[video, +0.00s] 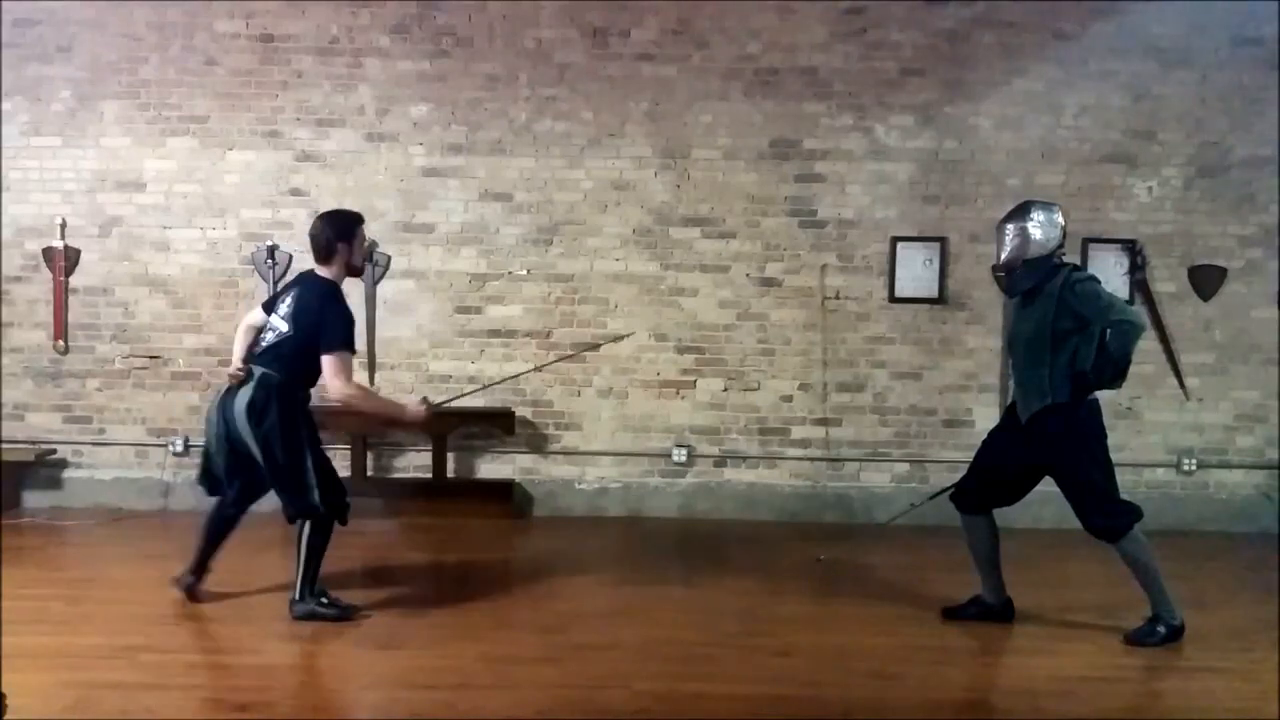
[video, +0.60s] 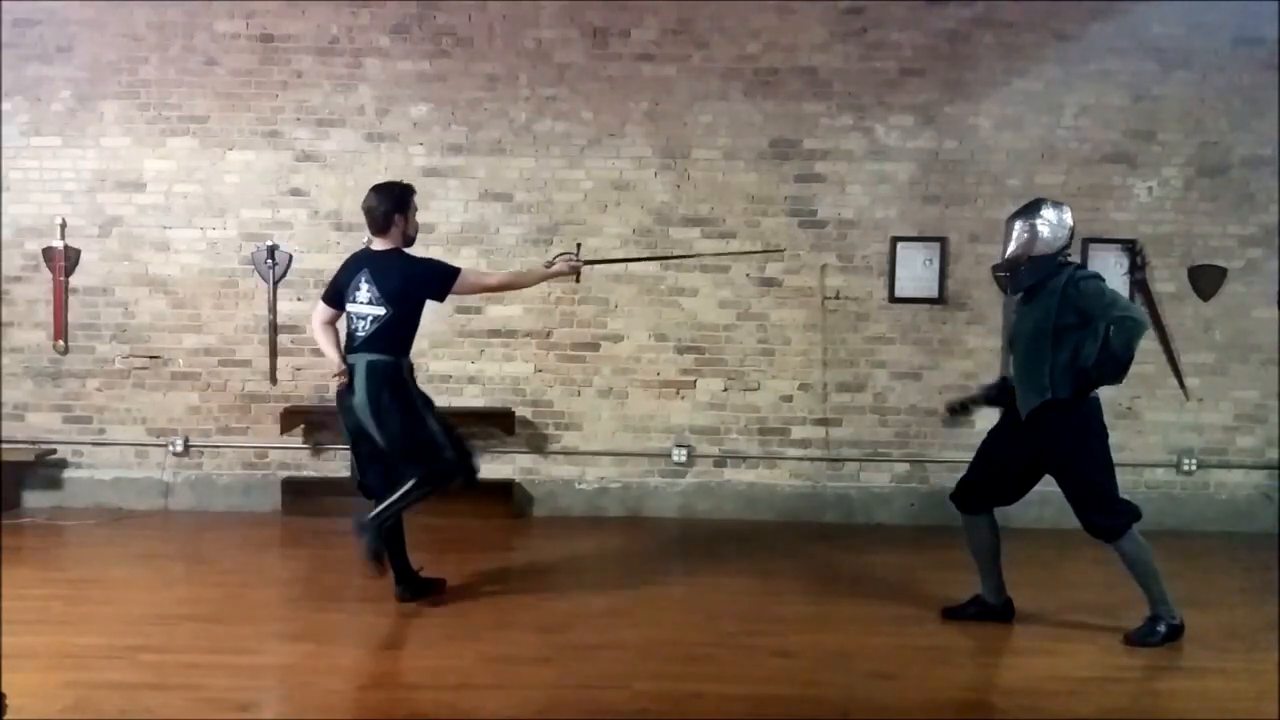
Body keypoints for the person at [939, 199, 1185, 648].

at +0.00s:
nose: (1005, 247)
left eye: (1014, 236)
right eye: (1005, 237)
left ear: (1039, 238)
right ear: (1020, 240)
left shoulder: (1071, 283)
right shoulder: (1023, 289)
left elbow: (1129, 321)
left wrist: (1099, 377)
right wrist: (1023, 396)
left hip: (1071, 420)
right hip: (1025, 421)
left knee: (1107, 517)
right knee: (971, 498)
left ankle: (1167, 616)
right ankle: (994, 599)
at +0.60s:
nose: (1017, 242)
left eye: (1027, 232)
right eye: (1015, 233)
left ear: (1049, 237)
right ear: (1016, 239)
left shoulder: (1075, 283)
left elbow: (1130, 320)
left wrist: (1096, 378)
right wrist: (980, 398)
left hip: (1072, 421)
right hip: (1025, 422)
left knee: (1106, 518)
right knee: (972, 499)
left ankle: (1165, 615)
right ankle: (994, 599)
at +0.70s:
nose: (1018, 241)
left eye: (1028, 231)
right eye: (1018, 230)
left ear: (1052, 235)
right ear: (1021, 233)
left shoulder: (1080, 281)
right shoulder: (1021, 295)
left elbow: (1135, 319)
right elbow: (995, 355)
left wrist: (1103, 369)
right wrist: (957, 355)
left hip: (1069, 416)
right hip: (1021, 416)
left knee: (1102, 514)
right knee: (960, 487)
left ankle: (1165, 613)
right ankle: (984, 586)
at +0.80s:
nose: (1010, 241)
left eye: (1020, 232)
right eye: (1012, 230)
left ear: (1041, 237)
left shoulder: (1075, 282)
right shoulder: (1010, 298)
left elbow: (1133, 317)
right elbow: (951, 328)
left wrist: (1101, 365)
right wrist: (918, 307)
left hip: (1061, 416)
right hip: (1012, 415)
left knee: (1099, 514)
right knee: (940, 469)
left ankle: (1163, 611)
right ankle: (957, 567)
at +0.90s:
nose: (992, 244)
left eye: (1003, 235)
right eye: (994, 233)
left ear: (1024, 240)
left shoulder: (1058, 282)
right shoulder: (986, 299)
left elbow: (1118, 313)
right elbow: (920, 310)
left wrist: (1083, 363)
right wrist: (881, 269)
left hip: (1047, 415)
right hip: (998, 415)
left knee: (1091, 509)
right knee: (924, 467)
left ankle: (1159, 607)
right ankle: (924, 560)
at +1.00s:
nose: (963, 246)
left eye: (971, 237)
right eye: (965, 237)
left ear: (991, 240)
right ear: (997, 243)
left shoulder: (1031, 283)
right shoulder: (955, 296)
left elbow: (1093, 313)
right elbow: (886, 307)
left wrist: (1062, 359)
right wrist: (845, 276)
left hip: (1026, 415)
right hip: (977, 418)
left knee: (1076, 504)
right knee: (911, 474)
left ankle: (1150, 601)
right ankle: (900, 562)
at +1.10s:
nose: (937, 253)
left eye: (945, 244)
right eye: (937, 245)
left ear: (962, 251)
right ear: (951, 253)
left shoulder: (1001, 292)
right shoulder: (924, 304)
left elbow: (1068, 319)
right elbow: (875, 327)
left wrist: (1044, 360)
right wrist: (836, 331)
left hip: (999, 417)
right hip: (952, 421)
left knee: (1056, 502)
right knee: (890, 480)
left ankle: (1132, 599)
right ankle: (887, 569)